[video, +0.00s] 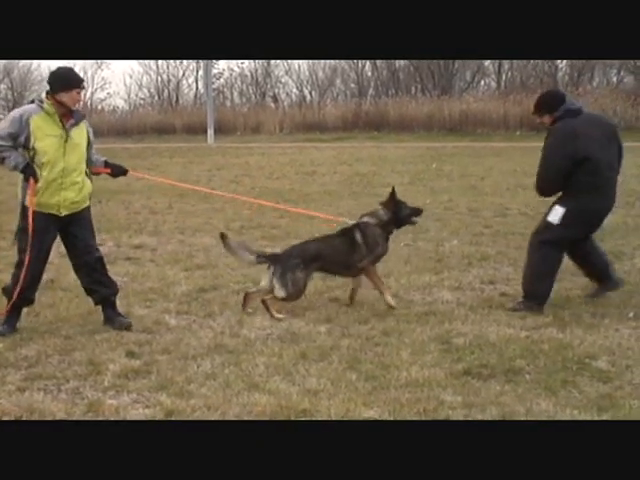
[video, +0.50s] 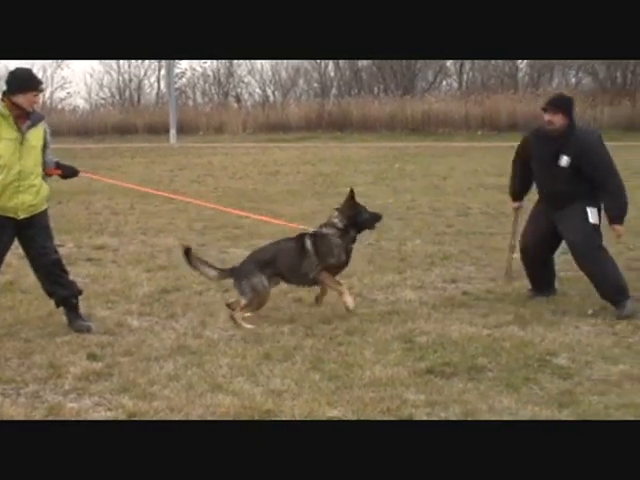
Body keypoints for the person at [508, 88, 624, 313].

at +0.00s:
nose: (541, 122)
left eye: (541, 117)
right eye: (539, 117)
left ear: (552, 113)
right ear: (564, 106)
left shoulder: (561, 133)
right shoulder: (602, 124)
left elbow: (546, 186)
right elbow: (615, 161)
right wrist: (600, 178)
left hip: (577, 201)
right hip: (603, 199)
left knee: (543, 241)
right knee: (575, 239)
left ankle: (533, 301)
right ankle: (607, 280)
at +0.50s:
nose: (548, 118)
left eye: (554, 114)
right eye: (546, 113)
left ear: (567, 117)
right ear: (542, 114)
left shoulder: (586, 141)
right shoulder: (534, 140)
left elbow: (609, 178)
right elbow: (521, 166)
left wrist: (616, 216)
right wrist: (517, 195)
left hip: (580, 206)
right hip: (547, 205)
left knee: (587, 252)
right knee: (531, 246)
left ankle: (622, 300)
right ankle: (542, 289)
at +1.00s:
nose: (550, 124)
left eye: (555, 119)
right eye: (549, 119)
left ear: (573, 119)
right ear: (549, 118)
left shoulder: (603, 140)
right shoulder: (543, 144)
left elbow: (627, 177)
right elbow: (532, 175)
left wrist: (602, 210)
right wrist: (533, 209)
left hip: (605, 218)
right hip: (565, 218)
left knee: (616, 267)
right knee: (555, 270)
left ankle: (632, 298)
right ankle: (549, 328)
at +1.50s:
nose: (604, 139)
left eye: (611, 134)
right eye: (602, 133)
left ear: (628, 134)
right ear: (597, 130)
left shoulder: (635, 155)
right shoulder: (586, 148)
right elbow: (564, 177)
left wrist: (637, 221)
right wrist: (561, 217)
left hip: (635, 224)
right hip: (604, 222)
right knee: (574, 270)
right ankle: (545, 331)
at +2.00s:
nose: (526, 126)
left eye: (528, 121)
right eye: (525, 121)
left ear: (543, 117)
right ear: (541, 117)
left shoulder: (575, 132)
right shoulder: (549, 134)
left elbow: (570, 178)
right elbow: (546, 171)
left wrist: (527, 186)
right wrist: (536, 205)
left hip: (594, 217)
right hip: (561, 215)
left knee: (604, 281)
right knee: (530, 260)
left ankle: (636, 340)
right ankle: (538, 324)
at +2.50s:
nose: (528, 136)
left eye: (532, 129)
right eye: (526, 130)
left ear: (552, 123)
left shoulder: (593, 139)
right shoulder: (532, 143)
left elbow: (603, 185)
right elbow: (525, 179)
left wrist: (563, 210)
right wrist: (523, 215)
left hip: (596, 221)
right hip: (554, 220)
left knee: (609, 287)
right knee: (522, 268)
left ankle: (634, 352)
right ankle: (516, 324)